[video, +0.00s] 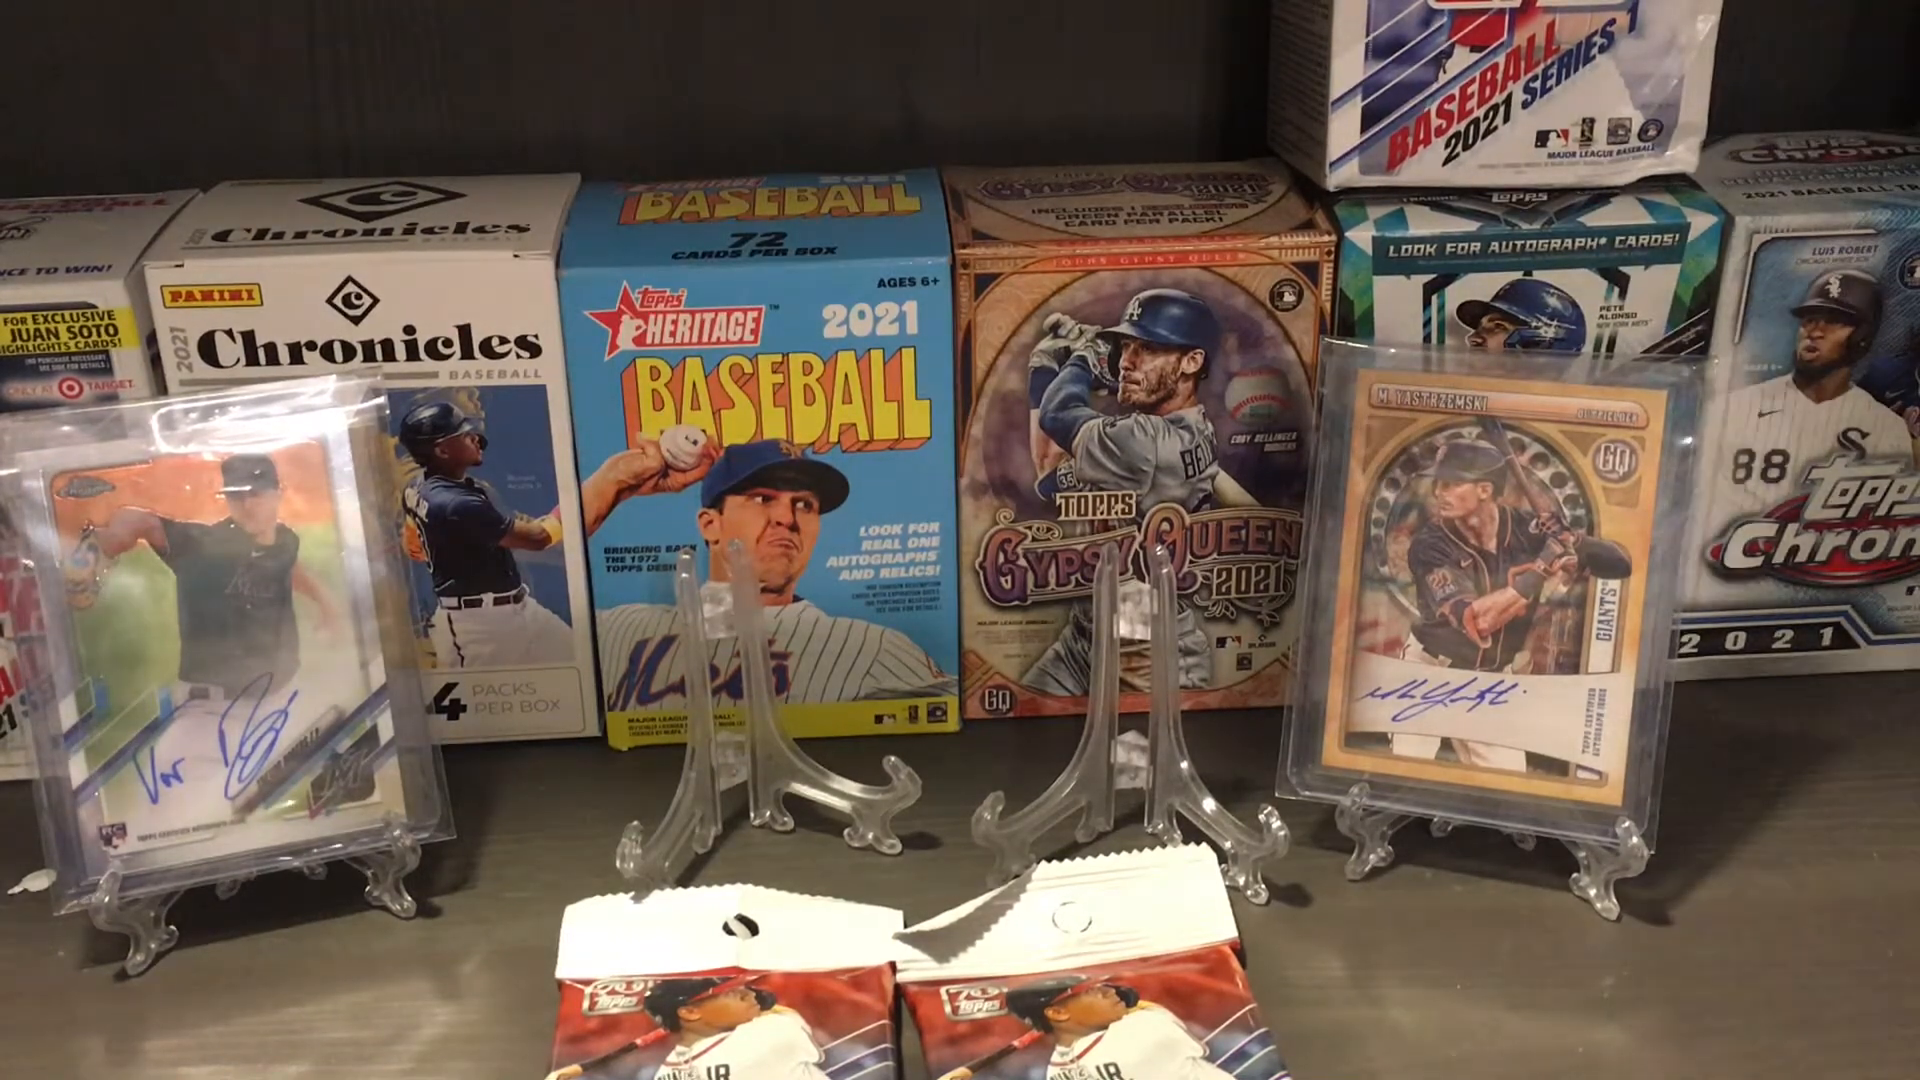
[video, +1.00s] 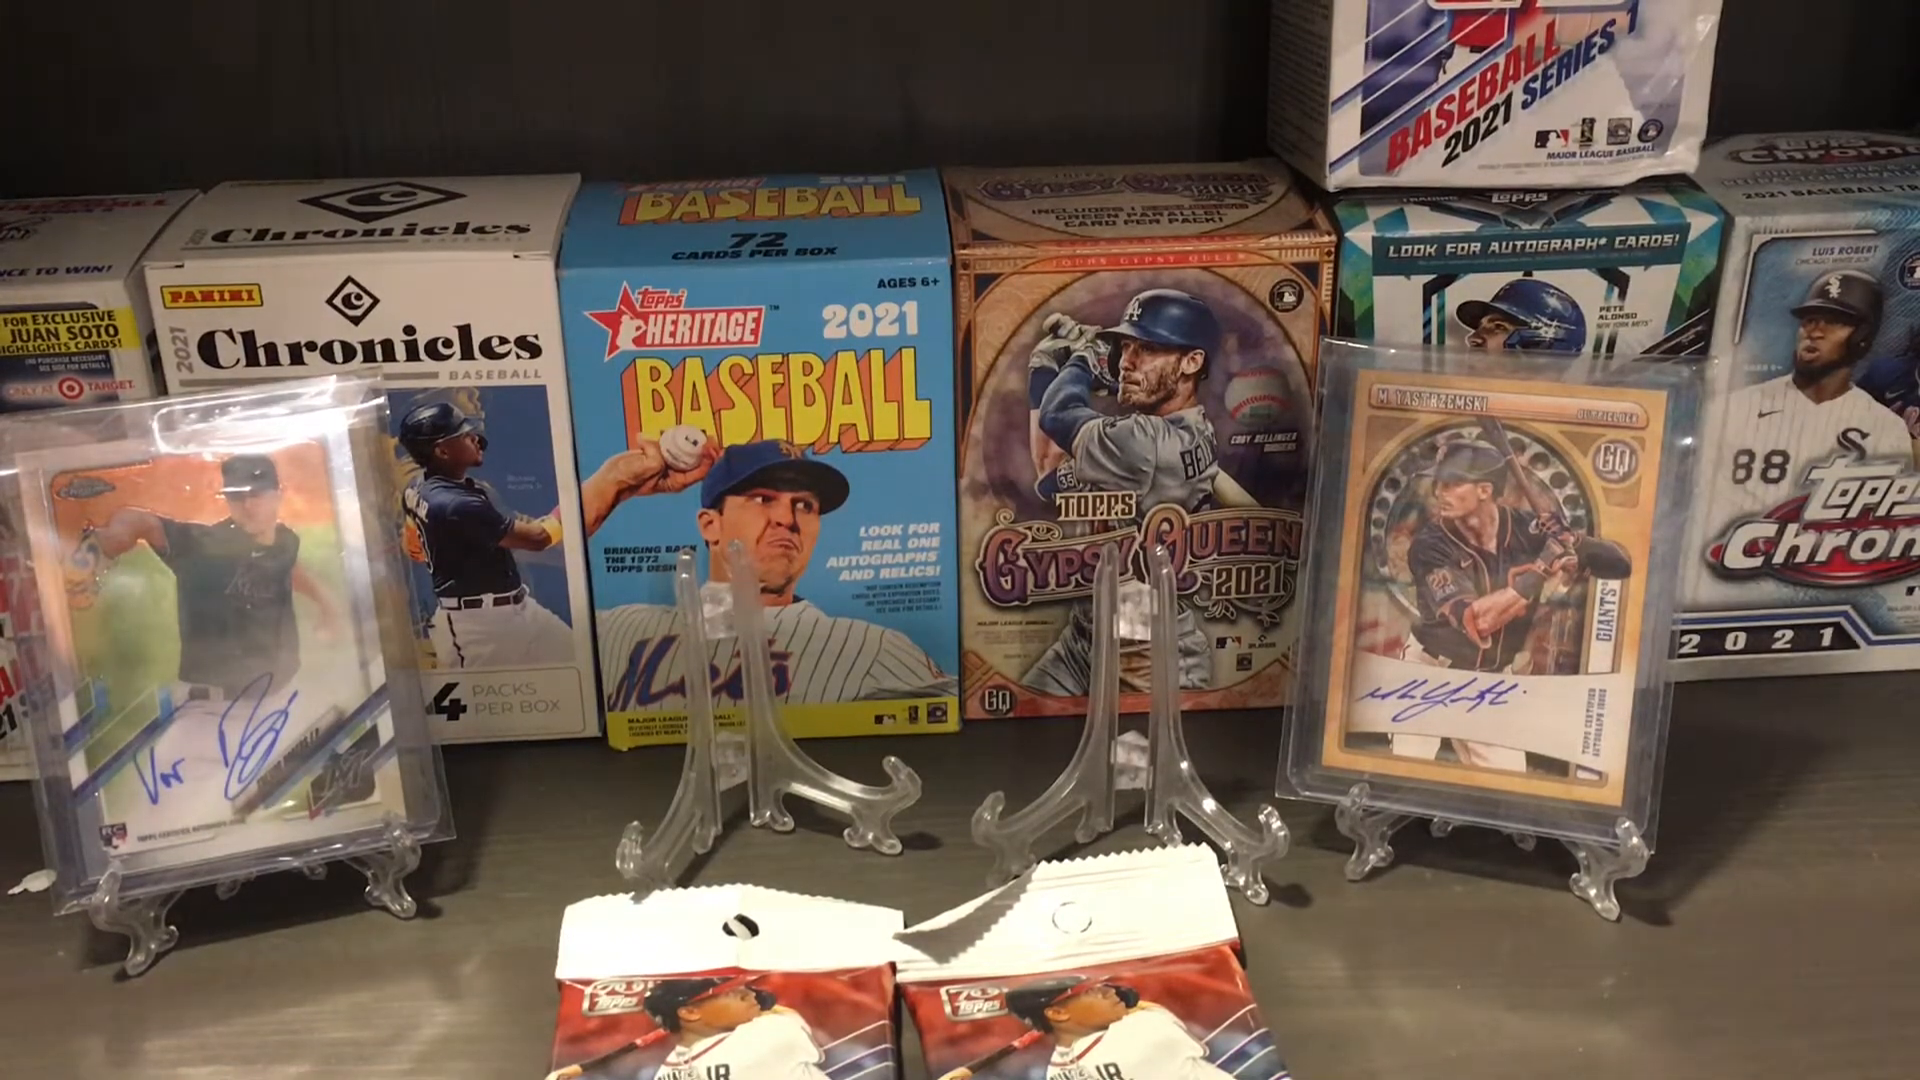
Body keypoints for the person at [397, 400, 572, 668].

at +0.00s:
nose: (476, 436)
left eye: (470, 430)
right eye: (465, 433)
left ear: (442, 451)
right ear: (442, 450)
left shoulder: (420, 490)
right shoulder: (460, 506)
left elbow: (414, 545)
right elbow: (539, 537)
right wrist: (569, 510)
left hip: (520, 609)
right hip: (474, 623)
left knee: (588, 663)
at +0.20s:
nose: (476, 436)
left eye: (470, 430)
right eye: (465, 433)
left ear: (442, 451)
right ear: (441, 449)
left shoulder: (419, 489)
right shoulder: (460, 506)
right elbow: (538, 537)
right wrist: (570, 509)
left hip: (520, 609)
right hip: (473, 622)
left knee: (588, 663)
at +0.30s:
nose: (476, 437)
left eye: (470, 431)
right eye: (465, 433)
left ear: (442, 451)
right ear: (441, 450)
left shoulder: (420, 490)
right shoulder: (460, 506)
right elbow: (538, 537)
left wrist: (541, 523)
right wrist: (568, 511)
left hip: (520, 609)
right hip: (474, 623)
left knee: (587, 663)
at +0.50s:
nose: (476, 437)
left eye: (470, 430)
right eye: (465, 433)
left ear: (442, 451)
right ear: (442, 450)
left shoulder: (419, 490)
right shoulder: (460, 506)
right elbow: (538, 537)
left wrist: (539, 523)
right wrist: (568, 511)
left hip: (520, 609)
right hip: (473, 623)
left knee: (587, 664)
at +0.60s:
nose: (476, 437)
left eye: (470, 431)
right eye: (465, 433)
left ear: (442, 451)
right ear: (442, 450)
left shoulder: (420, 490)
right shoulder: (460, 507)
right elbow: (538, 538)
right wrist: (571, 509)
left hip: (520, 609)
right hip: (474, 623)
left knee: (587, 665)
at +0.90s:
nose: (476, 437)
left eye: (470, 431)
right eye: (465, 433)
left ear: (442, 451)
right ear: (442, 450)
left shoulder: (420, 489)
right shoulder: (460, 506)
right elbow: (538, 537)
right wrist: (570, 510)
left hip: (520, 609)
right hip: (474, 623)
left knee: (587, 664)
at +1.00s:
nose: (476, 437)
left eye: (470, 431)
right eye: (465, 433)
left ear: (443, 451)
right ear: (442, 450)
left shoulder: (420, 490)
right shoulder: (459, 507)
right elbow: (538, 538)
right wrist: (570, 509)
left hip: (520, 609)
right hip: (474, 623)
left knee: (588, 664)